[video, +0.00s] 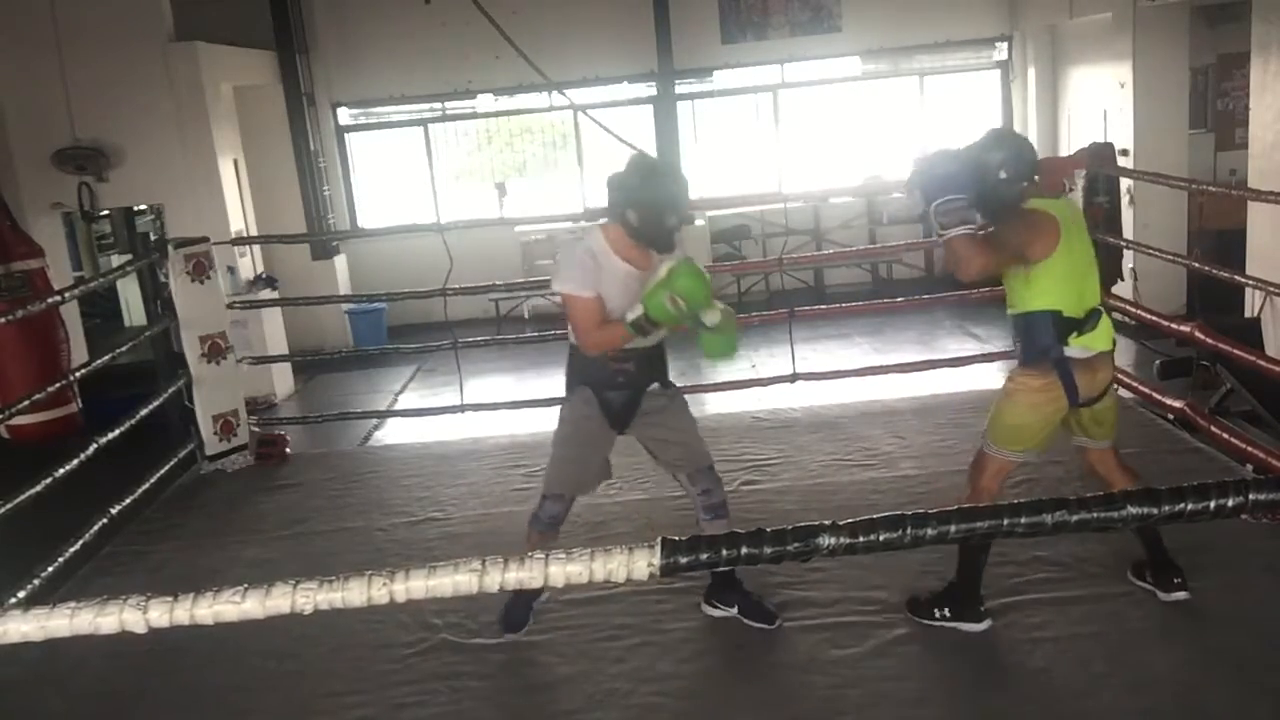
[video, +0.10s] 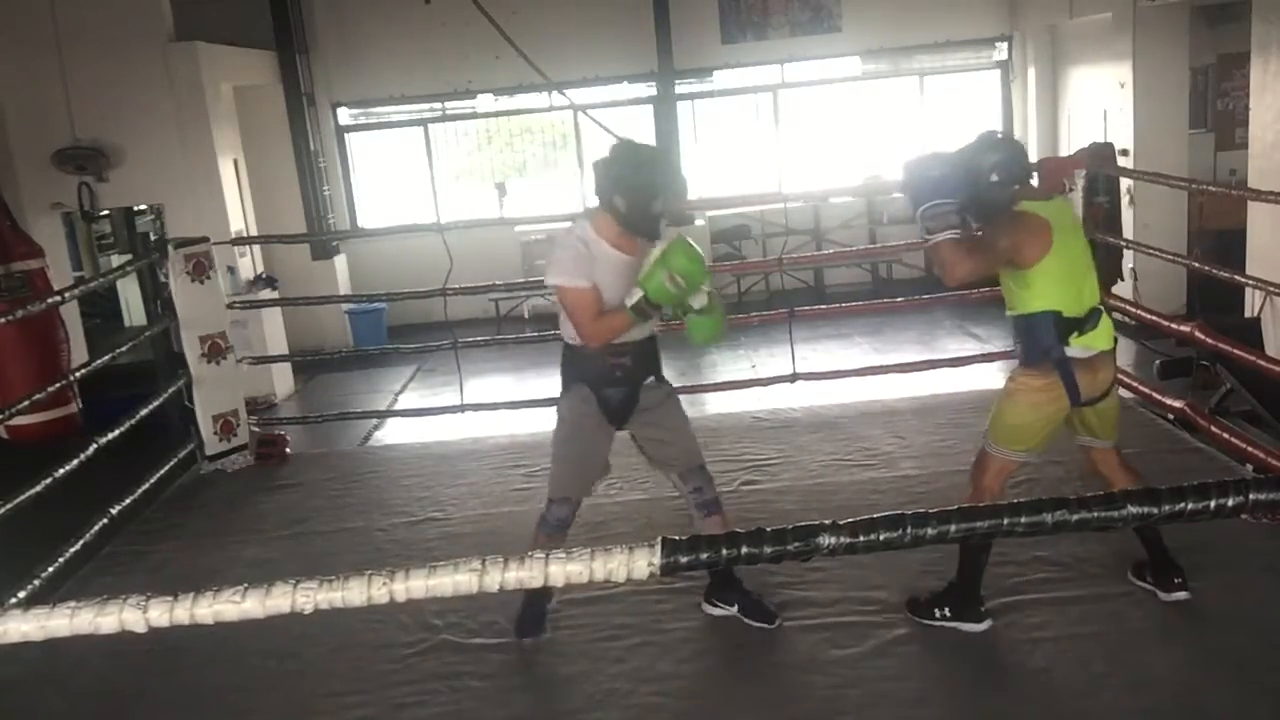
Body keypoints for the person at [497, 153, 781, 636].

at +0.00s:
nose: (679, 225)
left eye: (680, 213)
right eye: (670, 214)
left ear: (671, 210)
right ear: (635, 211)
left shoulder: (669, 256)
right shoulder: (582, 256)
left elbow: (687, 317)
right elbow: (589, 340)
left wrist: (710, 321)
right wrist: (651, 317)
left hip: (652, 388)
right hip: (592, 391)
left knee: (707, 486)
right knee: (555, 503)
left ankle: (724, 585)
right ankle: (527, 584)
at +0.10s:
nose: (671, 211)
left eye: (672, 200)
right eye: (665, 200)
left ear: (642, 198)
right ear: (633, 198)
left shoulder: (653, 241)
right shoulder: (573, 247)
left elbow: (661, 303)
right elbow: (591, 331)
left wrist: (696, 315)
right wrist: (650, 301)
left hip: (645, 376)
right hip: (588, 383)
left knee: (698, 482)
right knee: (562, 504)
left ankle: (723, 583)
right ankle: (536, 592)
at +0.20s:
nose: (649, 214)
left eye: (650, 203)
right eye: (642, 203)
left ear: (615, 202)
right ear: (610, 202)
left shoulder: (632, 248)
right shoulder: (562, 266)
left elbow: (647, 313)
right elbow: (600, 340)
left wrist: (684, 307)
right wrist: (655, 307)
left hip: (637, 384)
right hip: (584, 394)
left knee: (702, 483)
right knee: (569, 515)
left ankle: (723, 583)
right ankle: (538, 603)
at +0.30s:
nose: (647, 212)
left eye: (648, 201)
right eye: (641, 201)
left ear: (607, 199)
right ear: (611, 199)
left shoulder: (613, 247)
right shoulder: (563, 264)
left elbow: (624, 316)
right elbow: (608, 339)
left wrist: (664, 279)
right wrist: (657, 297)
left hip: (637, 389)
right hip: (587, 400)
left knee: (709, 475)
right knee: (572, 517)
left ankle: (727, 575)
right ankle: (536, 605)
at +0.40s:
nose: (650, 206)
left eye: (652, 195)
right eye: (644, 194)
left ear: (614, 193)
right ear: (616, 192)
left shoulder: (612, 246)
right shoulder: (577, 252)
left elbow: (632, 310)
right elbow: (622, 329)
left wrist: (670, 263)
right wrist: (675, 283)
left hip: (638, 381)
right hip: (592, 391)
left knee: (706, 469)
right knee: (576, 509)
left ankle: (740, 567)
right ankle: (538, 603)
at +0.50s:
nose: (673, 204)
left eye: (673, 194)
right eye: (667, 193)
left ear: (634, 193)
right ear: (637, 192)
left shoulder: (631, 241)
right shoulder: (595, 244)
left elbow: (649, 302)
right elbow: (659, 311)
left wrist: (683, 254)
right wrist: (705, 268)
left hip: (646, 381)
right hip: (604, 389)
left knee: (707, 475)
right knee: (586, 513)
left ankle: (753, 562)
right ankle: (541, 595)